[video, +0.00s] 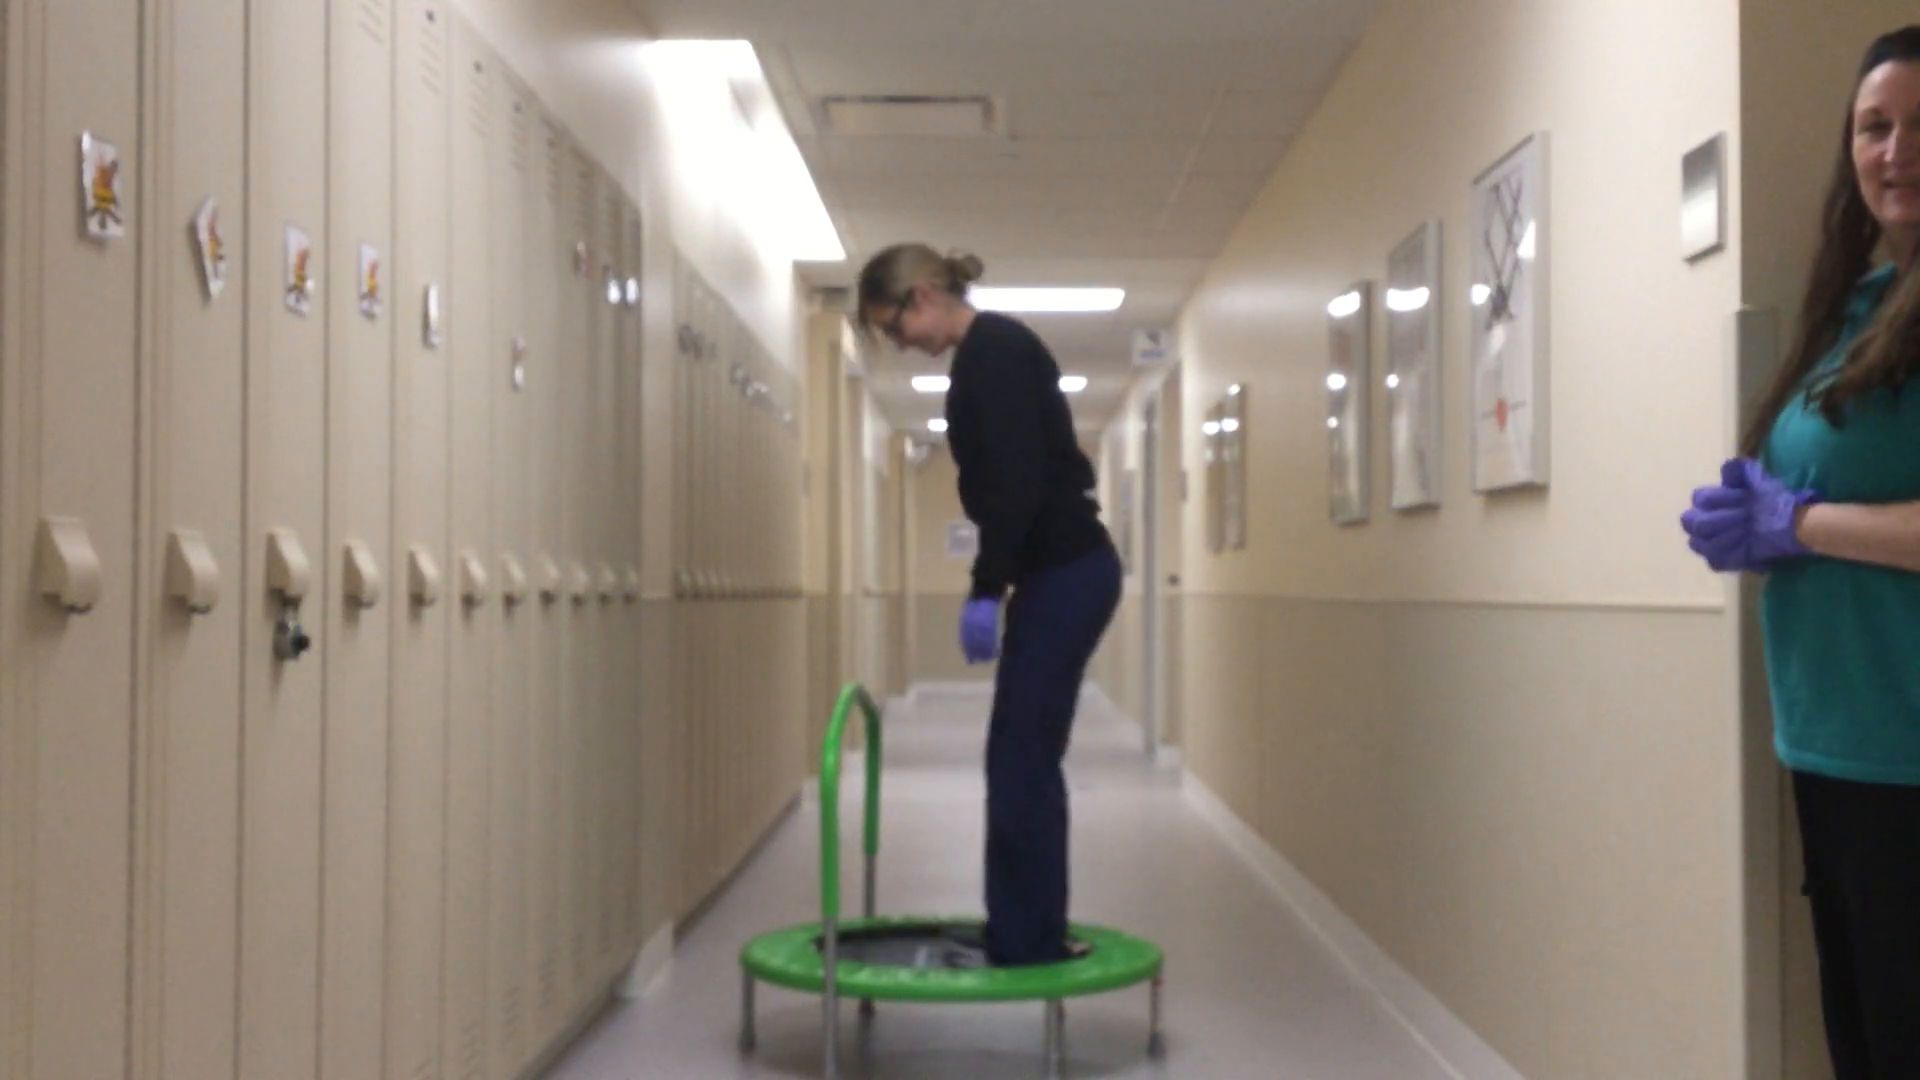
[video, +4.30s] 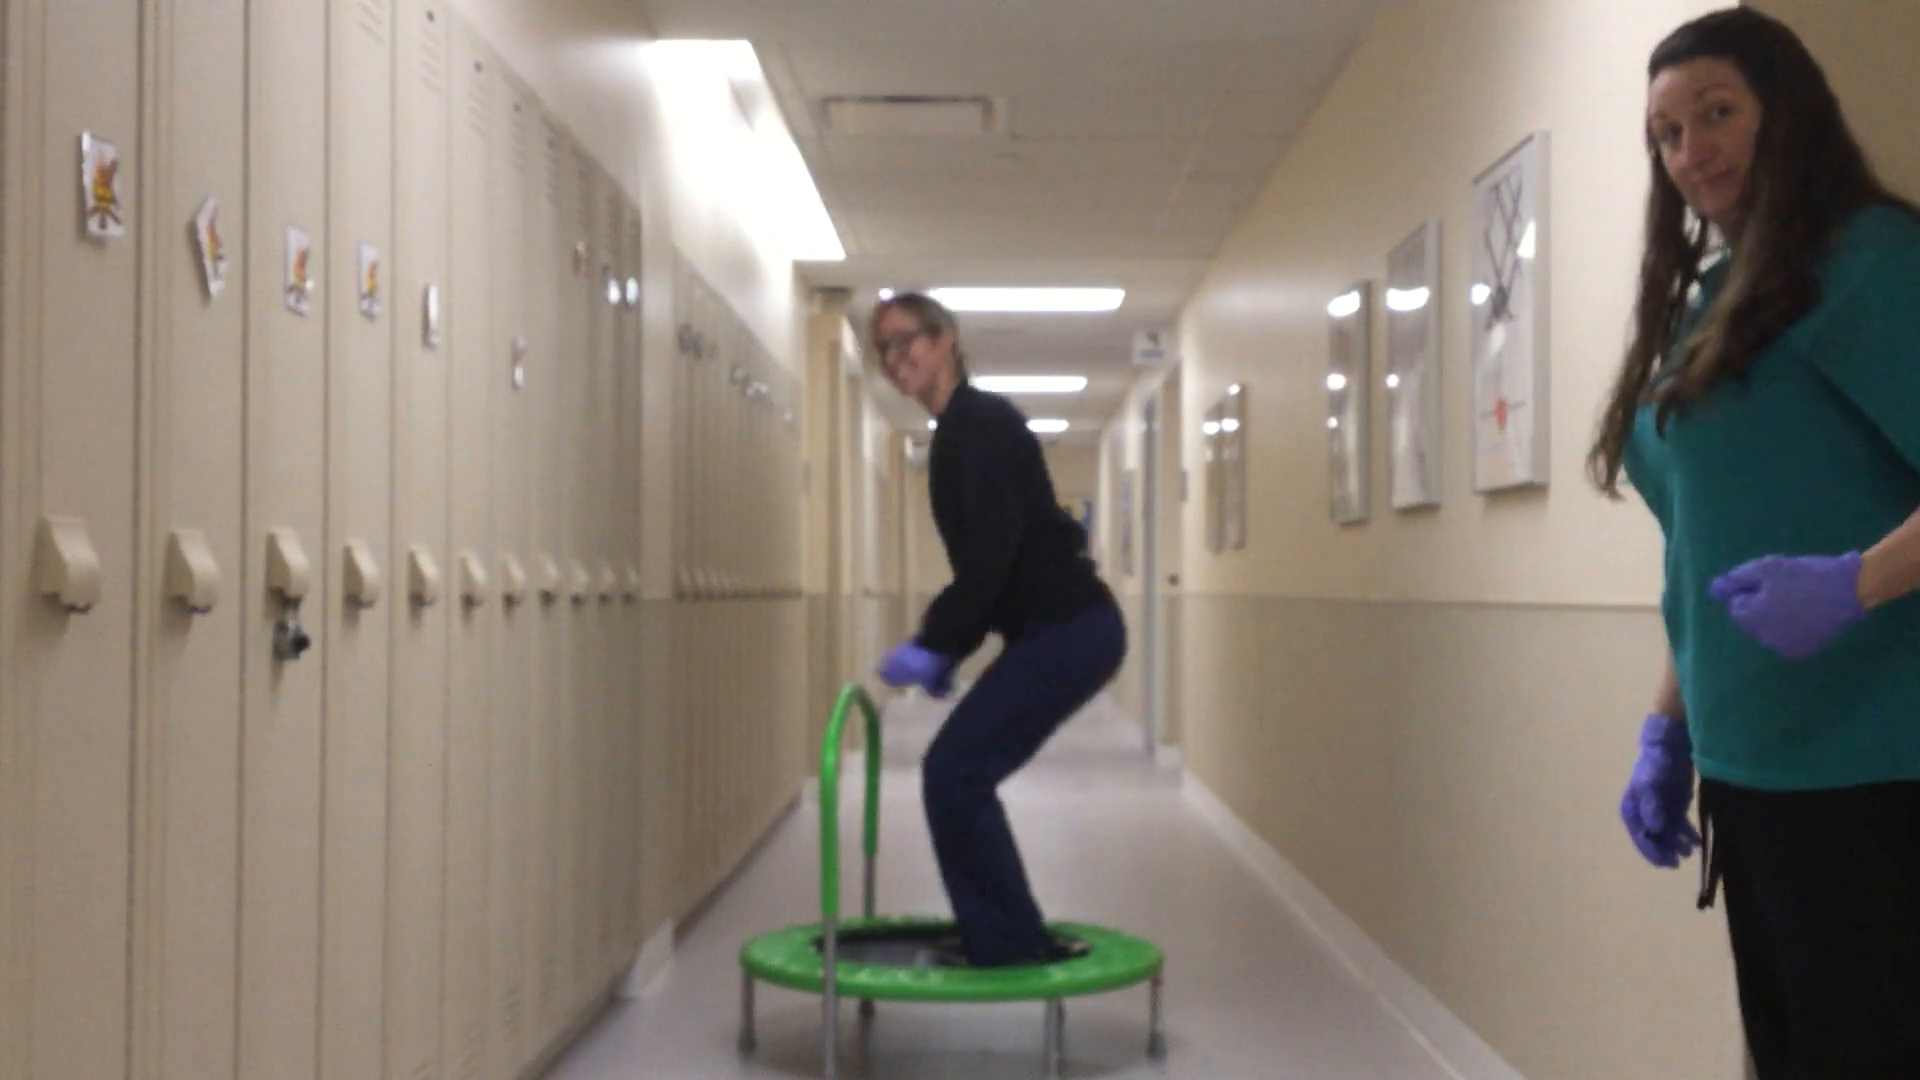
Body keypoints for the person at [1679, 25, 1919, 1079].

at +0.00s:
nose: (1891, 149)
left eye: (1912, 126)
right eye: (1874, 126)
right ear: (1848, 145)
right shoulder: (1848, 297)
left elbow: (1915, 524)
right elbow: (1814, 469)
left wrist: (1800, 522)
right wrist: (1756, 505)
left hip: (1899, 740)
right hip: (1824, 731)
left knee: (1898, 1028)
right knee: (1858, 1025)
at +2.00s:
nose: (1804, 180)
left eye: (1817, 152)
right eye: (1805, 153)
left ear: (1876, 155)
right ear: (1878, 162)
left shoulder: (1901, 316)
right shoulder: (1850, 311)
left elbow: (1910, 529)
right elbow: (1810, 468)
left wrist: (1784, 524)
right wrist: (1754, 508)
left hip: (1889, 751)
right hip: (1818, 742)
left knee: (1889, 1036)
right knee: (1852, 1032)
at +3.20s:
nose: (1762, 158)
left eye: (1788, 123)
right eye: (1746, 136)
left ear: (1866, 125)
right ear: (1739, 154)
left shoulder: (1898, 289)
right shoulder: (1765, 300)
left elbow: (1914, 533)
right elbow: (1783, 535)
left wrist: (1773, 598)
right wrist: (1709, 620)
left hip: (1895, 759)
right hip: (1806, 758)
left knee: (1888, 1044)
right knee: (1845, 1043)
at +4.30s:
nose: (1690, 149)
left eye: (1715, 112)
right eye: (1667, 131)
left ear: (1783, 112)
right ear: (1656, 153)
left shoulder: (1869, 258)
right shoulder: (1700, 299)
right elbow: (1706, 539)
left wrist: (1858, 581)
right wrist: (1670, 722)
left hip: (1869, 765)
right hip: (1751, 771)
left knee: (1867, 1050)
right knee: (1786, 1050)